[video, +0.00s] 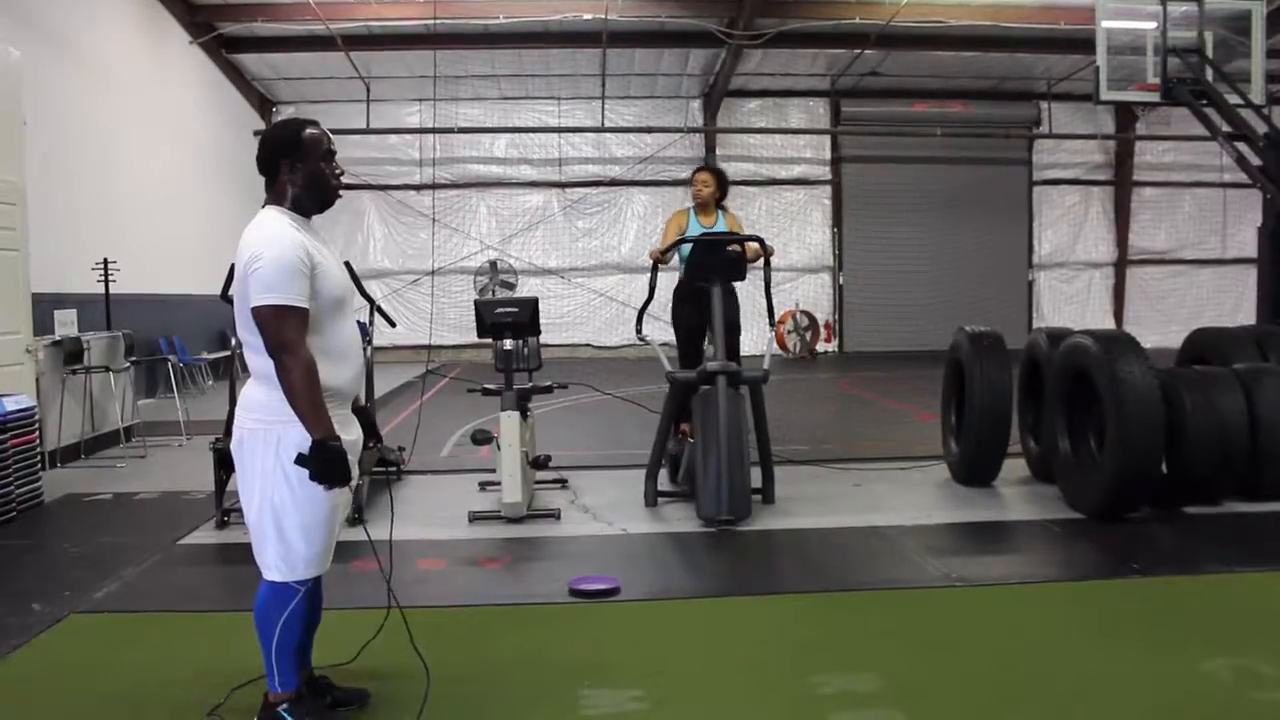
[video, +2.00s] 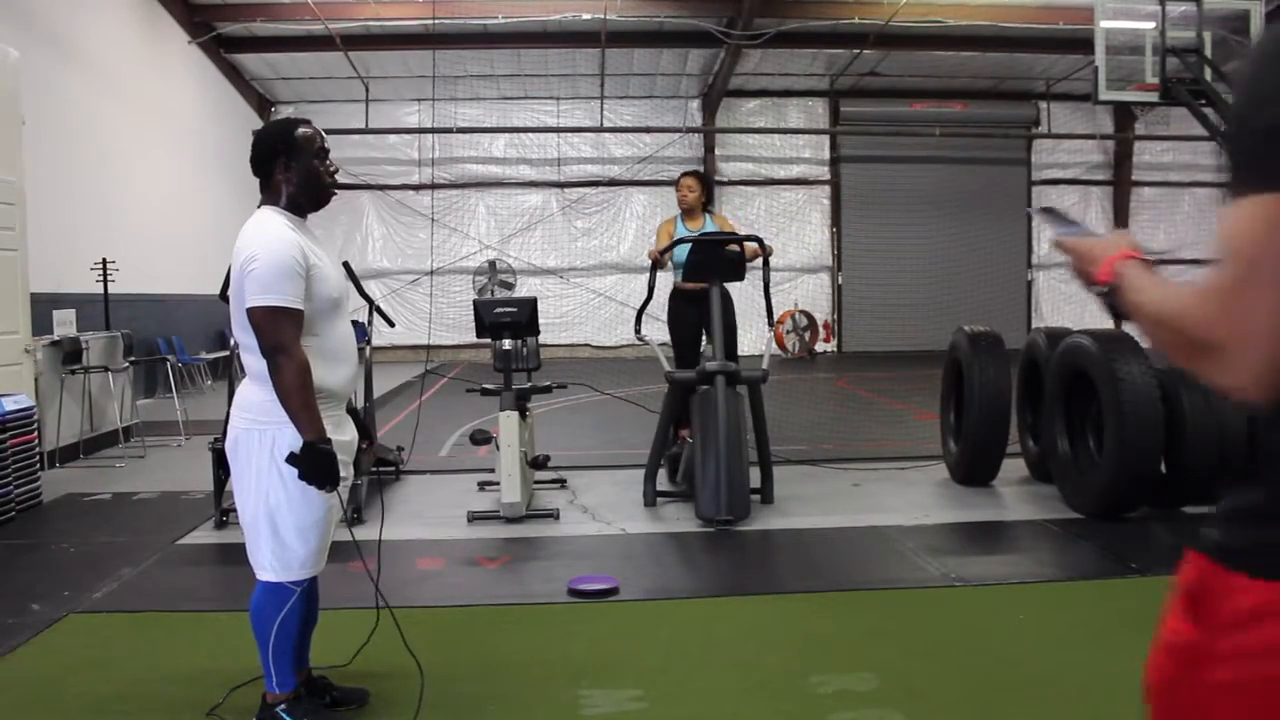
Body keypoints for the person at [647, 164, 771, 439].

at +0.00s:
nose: (697, 189)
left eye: (704, 185)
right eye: (695, 184)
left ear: (718, 190)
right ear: (690, 188)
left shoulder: (729, 219)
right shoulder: (680, 218)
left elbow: (745, 254)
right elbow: (667, 252)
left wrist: (759, 250)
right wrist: (659, 256)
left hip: (723, 294)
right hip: (689, 295)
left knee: (731, 356)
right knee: (690, 360)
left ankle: (731, 417)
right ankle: (685, 421)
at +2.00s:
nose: (683, 195)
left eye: (690, 190)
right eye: (679, 190)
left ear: (703, 195)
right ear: (675, 193)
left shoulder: (719, 222)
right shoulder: (669, 226)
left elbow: (739, 252)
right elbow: (663, 262)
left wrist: (757, 251)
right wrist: (656, 258)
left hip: (716, 298)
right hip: (683, 300)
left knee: (728, 360)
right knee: (686, 366)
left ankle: (728, 423)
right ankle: (684, 428)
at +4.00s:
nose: (693, 187)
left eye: (699, 182)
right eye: (688, 182)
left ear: (708, 188)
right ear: (680, 187)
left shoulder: (722, 217)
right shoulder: (672, 218)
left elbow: (731, 250)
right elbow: (662, 252)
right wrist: (657, 255)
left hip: (716, 293)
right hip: (683, 294)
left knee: (722, 360)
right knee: (686, 360)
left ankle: (721, 419)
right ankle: (682, 421)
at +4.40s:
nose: (706, 188)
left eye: (710, 184)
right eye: (699, 184)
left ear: (717, 189)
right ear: (688, 191)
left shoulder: (724, 220)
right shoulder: (676, 221)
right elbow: (662, 257)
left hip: (718, 294)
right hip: (685, 293)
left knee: (718, 359)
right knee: (687, 360)